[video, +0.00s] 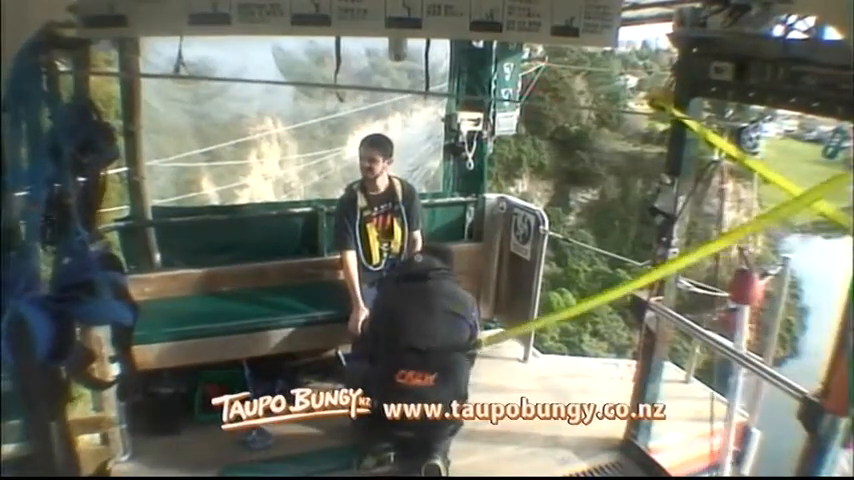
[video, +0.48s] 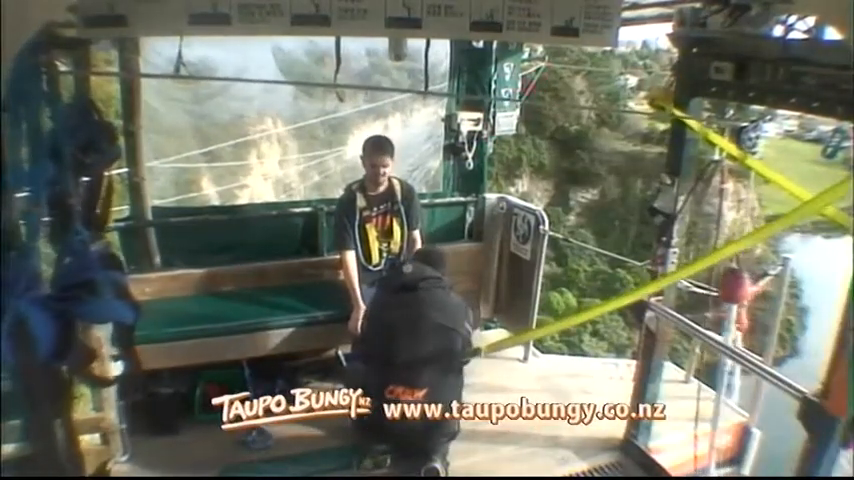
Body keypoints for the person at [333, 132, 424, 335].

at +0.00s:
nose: (365, 166)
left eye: (371, 161)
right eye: (362, 160)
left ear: (387, 162)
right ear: (358, 158)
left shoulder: (406, 192)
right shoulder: (349, 200)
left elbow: (415, 239)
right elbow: (348, 254)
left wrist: (411, 280)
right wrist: (358, 305)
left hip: (400, 279)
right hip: (366, 281)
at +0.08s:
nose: (365, 165)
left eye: (372, 161)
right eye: (362, 159)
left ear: (387, 162)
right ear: (358, 159)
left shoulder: (406, 192)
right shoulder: (349, 200)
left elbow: (415, 238)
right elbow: (348, 254)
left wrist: (408, 274)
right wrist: (358, 305)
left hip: (400, 279)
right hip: (366, 281)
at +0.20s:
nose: (367, 166)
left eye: (373, 161)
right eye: (364, 160)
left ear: (388, 163)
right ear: (359, 160)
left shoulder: (406, 192)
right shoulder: (349, 200)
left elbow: (415, 238)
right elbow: (348, 254)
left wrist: (406, 272)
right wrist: (358, 305)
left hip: (399, 279)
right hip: (366, 282)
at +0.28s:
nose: (372, 167)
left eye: (378, 162)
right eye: (367, 162)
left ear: (390, 163)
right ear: (362, 162)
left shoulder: (406, 193)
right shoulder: (349, 200)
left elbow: (415, 239)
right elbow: (348, 255)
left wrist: (410, 276)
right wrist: (358, 305)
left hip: (400, 279)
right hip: (366, 281)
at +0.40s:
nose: (378, 171)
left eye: (383, 165)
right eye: (372, 165)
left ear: (392, 163)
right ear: (363, 163)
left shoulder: (406, 193)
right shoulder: (349, 201)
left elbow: (415, 239)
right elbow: (348, 255)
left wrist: (409, 274)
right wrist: (358, 304)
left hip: (399, 279)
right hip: (366, 280)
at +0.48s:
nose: (380, 172)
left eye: (385, 166)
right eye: (373, 166)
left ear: (393, 163)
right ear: (363, 163)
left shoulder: (406, 193)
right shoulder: (349, 200)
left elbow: (414, 238)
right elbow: (348, 254)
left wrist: (410, 274)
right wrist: (358, 304)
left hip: (399, 278)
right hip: (365, 280)